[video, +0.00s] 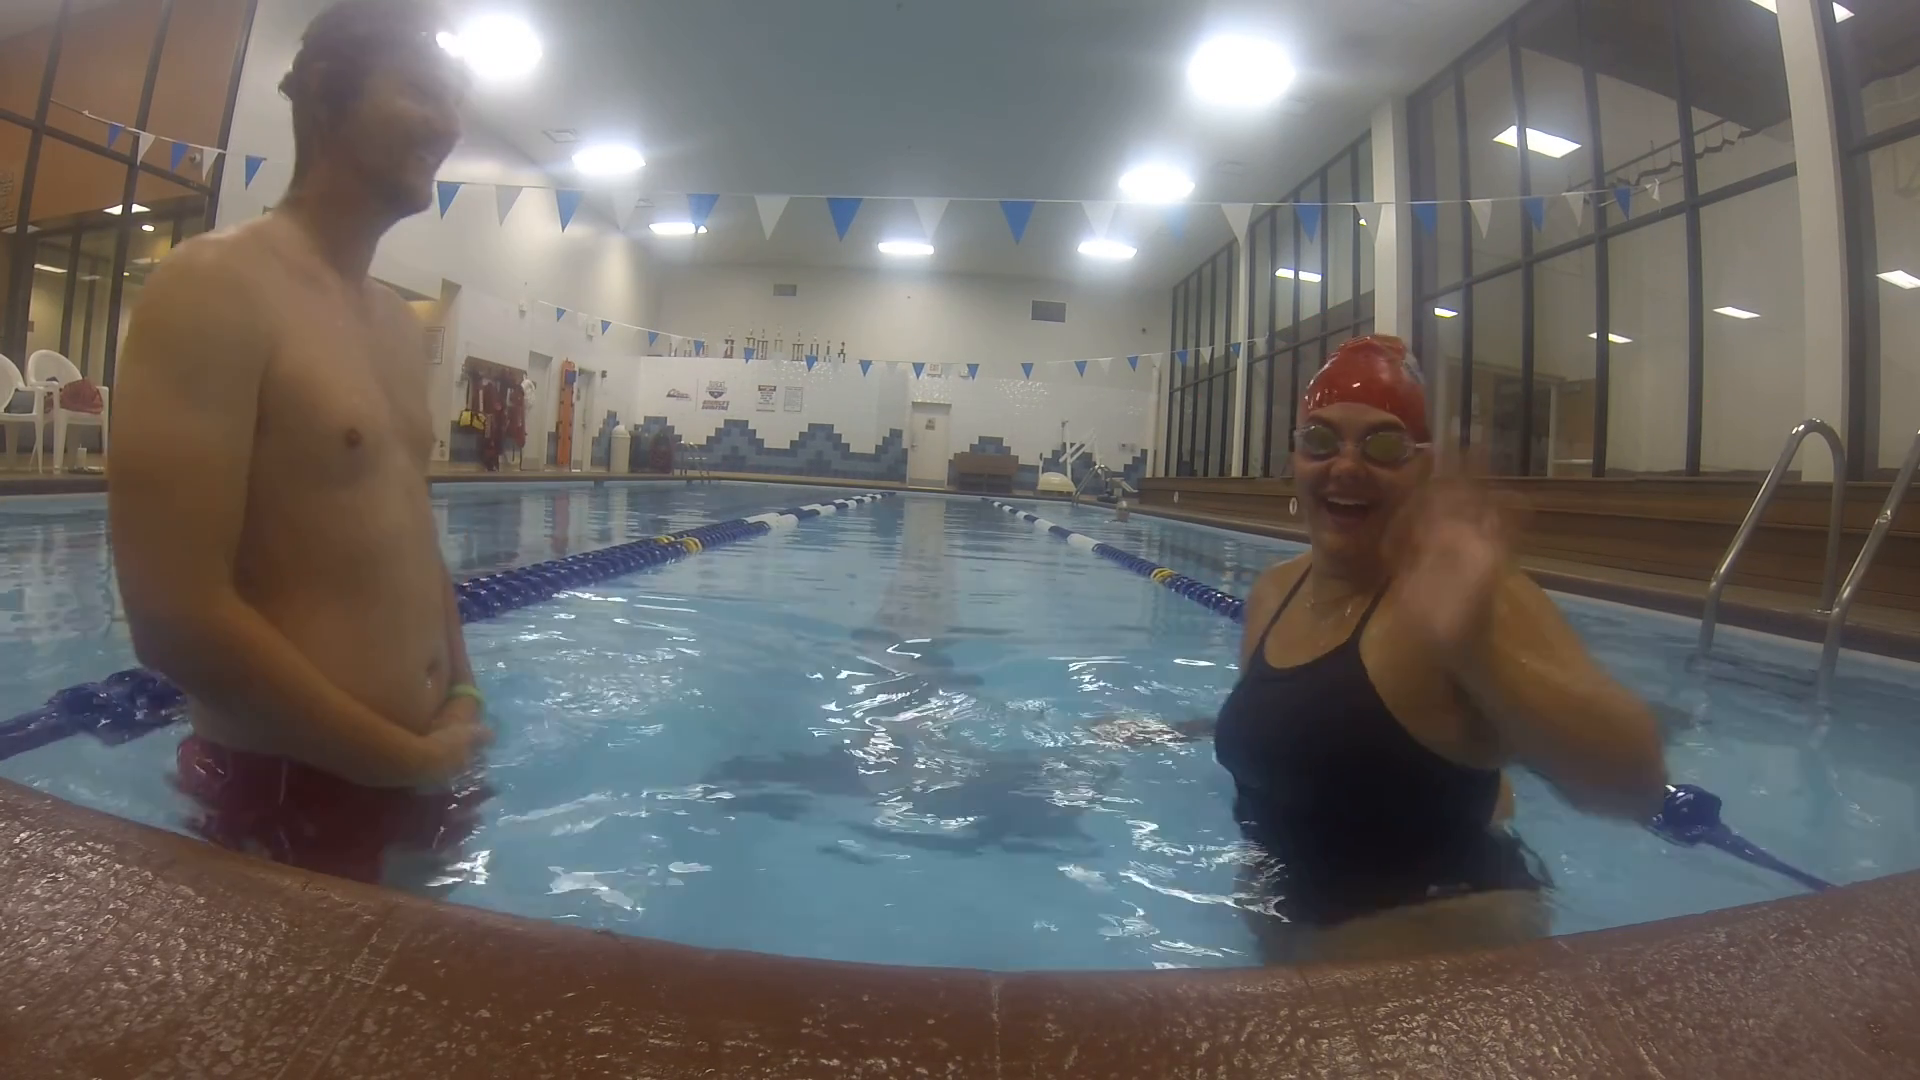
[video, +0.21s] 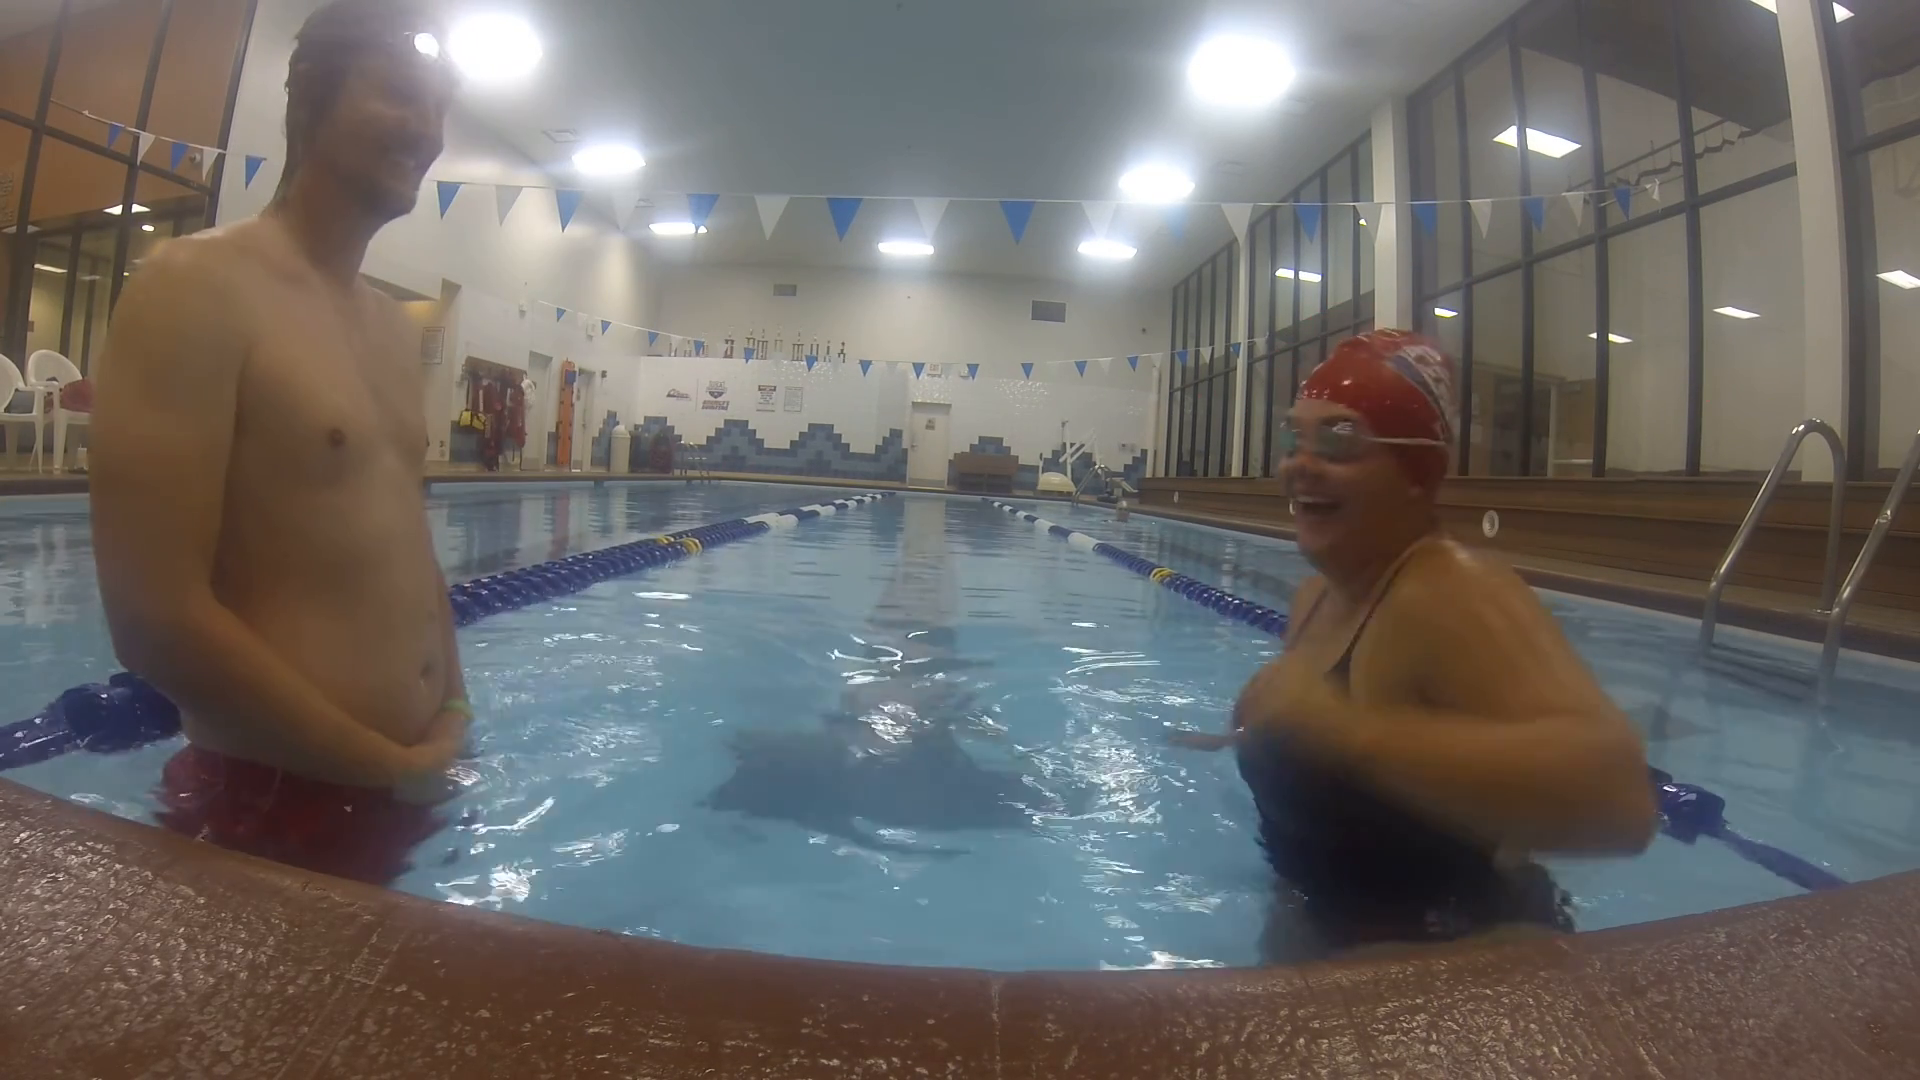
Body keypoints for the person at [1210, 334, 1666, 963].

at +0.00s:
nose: (1345, 468)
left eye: (1383, 446)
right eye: (1320, 442)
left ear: (1428, 468)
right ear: (1294, 459)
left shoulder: (1469, 595)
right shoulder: (1276, 593)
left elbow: (1634, 783)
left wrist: (1476, 650)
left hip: (1446, 955)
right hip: (1299, 943)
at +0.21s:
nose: (1300, 467)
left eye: (1339, 443)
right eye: (1293, 442)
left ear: (1420, 470)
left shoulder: (1458, 596)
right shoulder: (1319, 595)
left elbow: (1615, 796)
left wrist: (1342, 732)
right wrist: (1269, 713)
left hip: (1446, 976)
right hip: (1323, 950)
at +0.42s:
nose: (1281, 461)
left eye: (1299, 436)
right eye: (1289, 436)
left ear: (1370, 459)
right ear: (1374, 462)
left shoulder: (1426, 588)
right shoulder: (1430, 576)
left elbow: (1487, 850)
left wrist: (1249, 788)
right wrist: (1265, 780)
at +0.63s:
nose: (1302, 445)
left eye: (1314, 420)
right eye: (1311, 420)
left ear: (1354, 443)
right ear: (1439, 447)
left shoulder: (1359, 581)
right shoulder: (1503, 566)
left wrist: (1189, 792)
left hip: (1372, 950)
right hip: (1489, 935)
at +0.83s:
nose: (1306, 431)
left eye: (1314, 409)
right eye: (1314, 408)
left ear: (1332, 429)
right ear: (1442, 441)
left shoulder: (1308, 556)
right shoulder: (1511, 568)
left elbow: (1236, 778)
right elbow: (1540, 761)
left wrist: (1125, 824)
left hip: (1359, 957)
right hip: (1509, 942)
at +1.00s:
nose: (1294, 424)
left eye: (1301, 407)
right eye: (1303, 404)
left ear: (1311, 424)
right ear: (1424, 433)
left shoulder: (1278, 537)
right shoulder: (1496, 551)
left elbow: (1184, 741)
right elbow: (1534, 758)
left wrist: (1124, 833)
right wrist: (1444, 815)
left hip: (1333, 933)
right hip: (1503, 916)